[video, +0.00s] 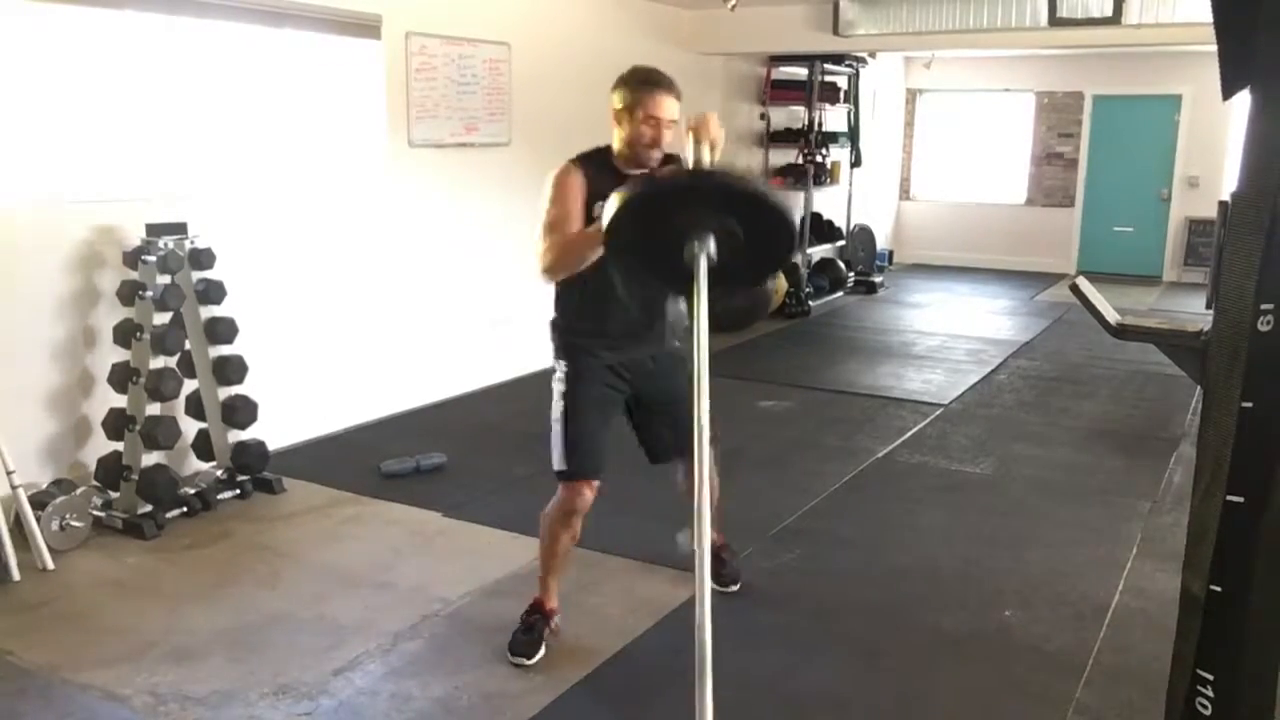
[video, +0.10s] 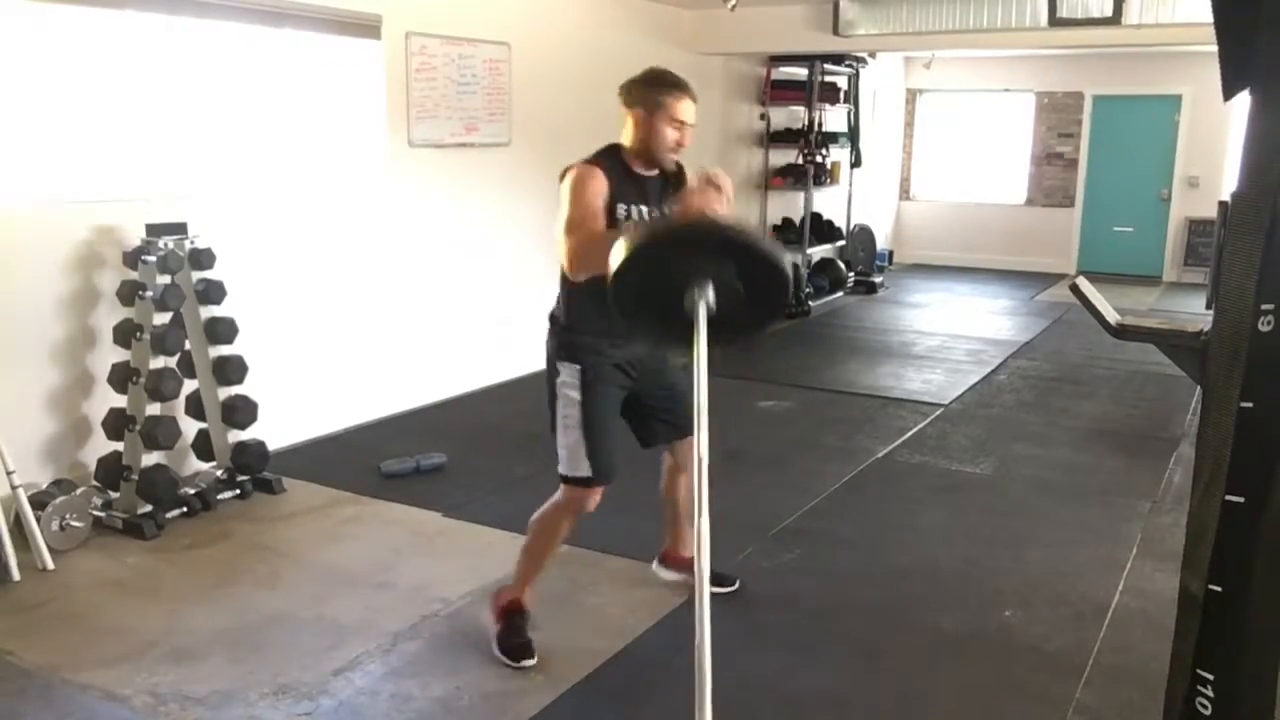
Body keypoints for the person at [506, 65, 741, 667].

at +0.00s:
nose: (659, 134)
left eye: (668, 123)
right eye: (648, 121)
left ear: (679, 127)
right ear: (618, 117)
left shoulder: (677, 175)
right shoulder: (579, 176)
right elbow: (552, 264)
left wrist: (706, 167)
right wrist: (618, 223)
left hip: (664, 348)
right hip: (590, 353)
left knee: (699, 459)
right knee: (577, 493)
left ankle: (710, 545)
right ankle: (544, 605)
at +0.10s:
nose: (684, 136)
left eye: (688, 124)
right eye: (675, 122)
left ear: (684, 126)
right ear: (636, 117)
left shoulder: (675, 186)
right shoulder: (590, 178)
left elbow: (682, 263)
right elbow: (578, 260)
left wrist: (708, 219)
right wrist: (671, 219)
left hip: (652, 341)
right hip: (587, 345)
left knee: (688, 442)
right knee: (582, 488)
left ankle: (678, 553)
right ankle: (512, 601)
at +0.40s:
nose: (728, 211)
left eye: (729, 198)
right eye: (723, 198)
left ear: (688, 196)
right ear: (693, 196)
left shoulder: (658, 236)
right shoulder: (663, 257)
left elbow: (649, 325)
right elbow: (669, 363)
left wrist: (695, 361)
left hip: (619, 381)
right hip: (580, 390)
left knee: (684, 450)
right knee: (594, 529)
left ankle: (674, 557)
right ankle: (466, 618)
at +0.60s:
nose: (744, 279)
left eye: (746, 268)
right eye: (741, 267)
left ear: (697, 263)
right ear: (712, 266)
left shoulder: (641, 286)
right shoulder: (696, 339)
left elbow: (578, 343)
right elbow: (692, 450)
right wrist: (692, 536)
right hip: (576, 432)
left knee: (692, 445)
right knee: (610, 565)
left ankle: (674, 546)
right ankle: (473, 614)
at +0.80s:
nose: (734, 263)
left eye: (735, 252)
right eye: (730, 250)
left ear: (688, 250)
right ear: (699, 251)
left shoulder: (641, 282)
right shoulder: (696, 316)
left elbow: (581, 351)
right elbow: (701, 427)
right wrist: (694, 514)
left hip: (601, 407)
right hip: (588, 429)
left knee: (693, 440)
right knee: (610, 568)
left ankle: (673, 545)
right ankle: (473, 614)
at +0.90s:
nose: (728, 229)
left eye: (728, 217)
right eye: (721, 217)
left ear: (684, 217)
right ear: (689, 215)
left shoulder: (652, 252)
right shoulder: (679, 268)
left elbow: (645, 349)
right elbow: (691, 373)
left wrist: (688, 404)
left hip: (625, 395)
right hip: (587, 409)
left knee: (697, 447)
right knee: (592, 550)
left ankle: (671, 552)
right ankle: (462, 618)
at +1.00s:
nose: (714, 179)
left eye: (716, 168)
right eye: (706, 167)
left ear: (690, 166)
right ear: (675, 164)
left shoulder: (668, 215)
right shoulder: (656, 212)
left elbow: (665, 296)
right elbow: (665, 303)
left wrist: (693, 344)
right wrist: (701, 379)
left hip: (634, 367)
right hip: (589, 371)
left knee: (694, 446)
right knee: (577, 505)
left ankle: (678, 554)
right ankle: (466, 617)